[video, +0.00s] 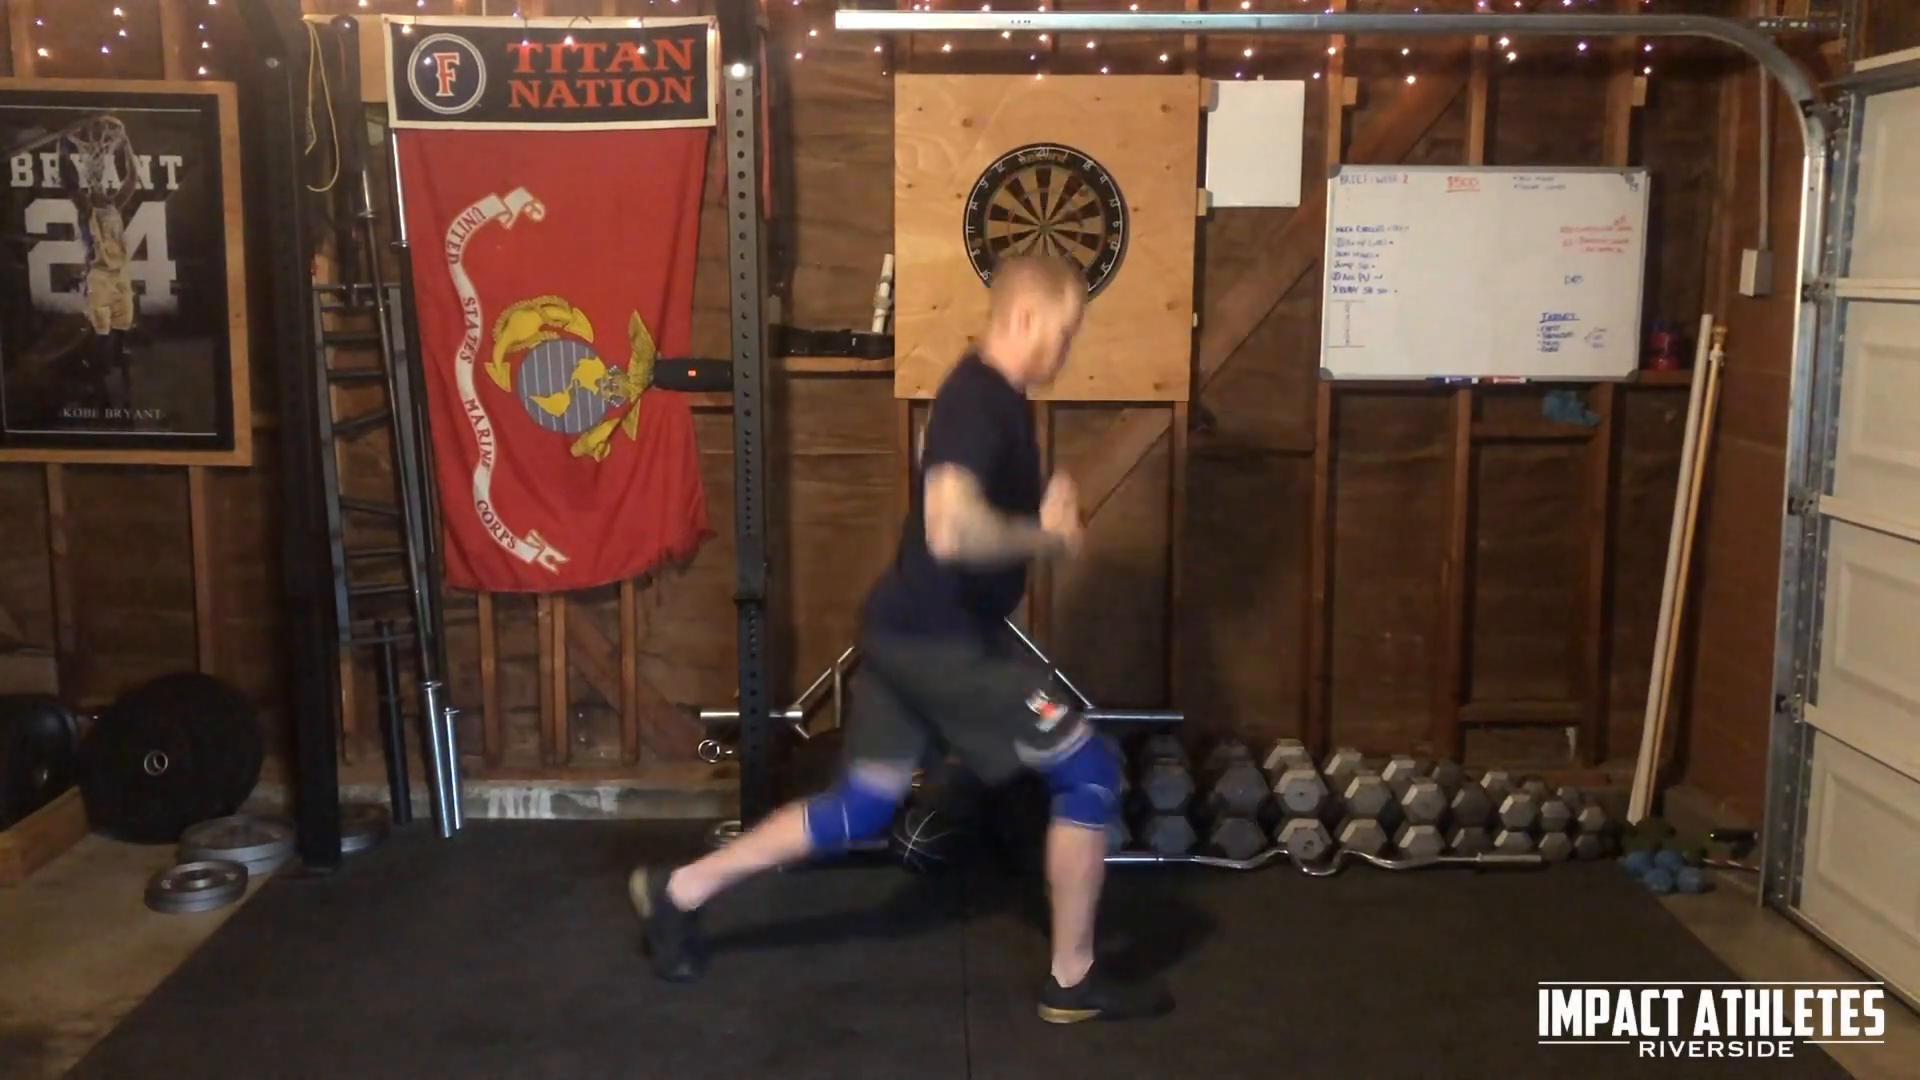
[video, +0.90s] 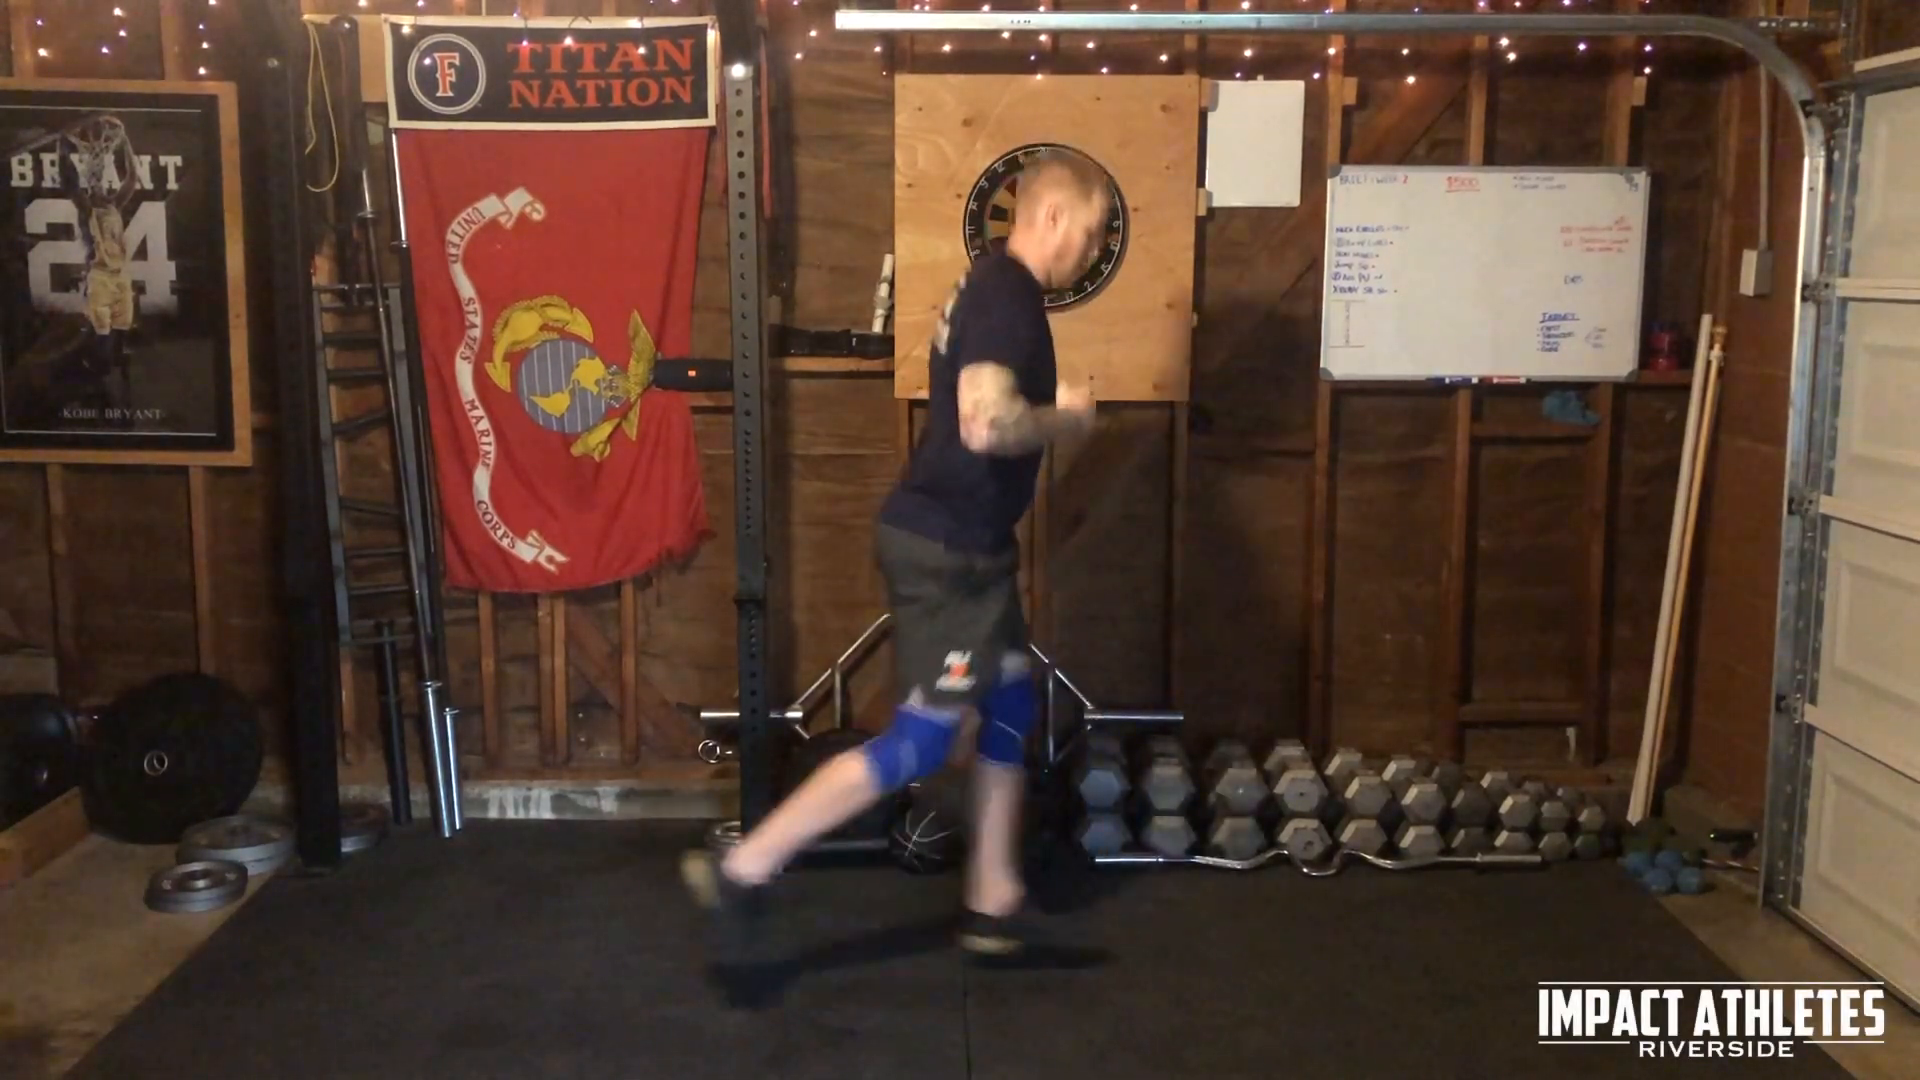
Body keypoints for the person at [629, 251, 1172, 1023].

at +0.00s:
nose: (1068, 348)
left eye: (1072, 331)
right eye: (1066, 329)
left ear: (1010, 318)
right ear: (1028, 320)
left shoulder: (995, 396)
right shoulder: (979, 396)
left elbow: (977, 513)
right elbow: (952, 530)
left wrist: (1041, 515)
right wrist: (1050, 537)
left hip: (910, 625)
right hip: (939, 631)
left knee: (861, 807)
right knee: (1088, 770)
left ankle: (678, 891)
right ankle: (1073, 978)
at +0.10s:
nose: (1075, 427)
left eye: (1078, 411)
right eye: (1072, 409)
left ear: (1020, 405)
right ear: (1028, 406)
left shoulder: (989, 481)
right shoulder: (983, 487)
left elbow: (991, 596)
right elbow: (967, 628)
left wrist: (1042, 600)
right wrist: (1065, 633)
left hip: (901, 712)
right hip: (934, 712)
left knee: (870, 890)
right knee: (1116, 778)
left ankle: (672, 901)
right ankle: (1076, 977)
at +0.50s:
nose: (1077, 428)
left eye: (1078, 411)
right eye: (1072, 410)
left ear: (1015, 406)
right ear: (1032, 410)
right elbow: (1010, 636)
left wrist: (1047, 569)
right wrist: (1072, 590)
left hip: (903, 709)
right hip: (950, 712)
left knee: (867, 880)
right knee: (1120, 778)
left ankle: (667, 902)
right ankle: (1078, 975)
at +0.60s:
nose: (1075, 333)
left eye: (1079, 316)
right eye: (1071, 314)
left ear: (1018, 309)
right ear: (1033, 307)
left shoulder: (992, 383)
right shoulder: (994, 389)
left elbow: (1002, 507)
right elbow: (993, 522)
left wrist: (1052, 495)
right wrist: (1061, 487)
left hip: (911, 619)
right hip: (950, 626)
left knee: (871, 784)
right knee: (1083, 758)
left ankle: (700, 883)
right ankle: (1077, 970)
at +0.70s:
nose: (1087, 258)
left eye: (1091, 241)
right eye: (1086, 238)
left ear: (1020, 225)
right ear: (1044, 227)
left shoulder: (992, 304)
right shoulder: (1000, 309)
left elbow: (974, 412)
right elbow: (981, 432)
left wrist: (1041, 394)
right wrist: (1055, 415)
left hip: (917, 537)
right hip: (949, 545)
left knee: (922, 720)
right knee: (1023, 725)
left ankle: (770, 853)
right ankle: (999, 938)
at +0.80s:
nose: (1093, 233)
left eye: (1099, 217)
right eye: (1093, 212)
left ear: (1035, 193)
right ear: (1048, 193)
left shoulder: (994, 266)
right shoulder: (1001, 271)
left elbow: (979, 389)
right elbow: (984, 402)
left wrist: (1047, 381)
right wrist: (1066, 392)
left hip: (948, 515)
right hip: (944, 520)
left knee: (966, 698)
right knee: (978, 707)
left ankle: (873, 874)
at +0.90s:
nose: (1092, 254)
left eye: (1099, 238)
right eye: (1093, 234)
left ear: (1039, 214)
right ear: (1051, 214)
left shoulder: (1001, 286)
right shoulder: (999, 293)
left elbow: (946, 363)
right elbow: (986, 423)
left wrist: (1032, 407)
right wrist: (1066, 417)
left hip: (971, 544)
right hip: (939, 544)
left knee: (1012, 706)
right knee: (923, 737)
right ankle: (740, 868)